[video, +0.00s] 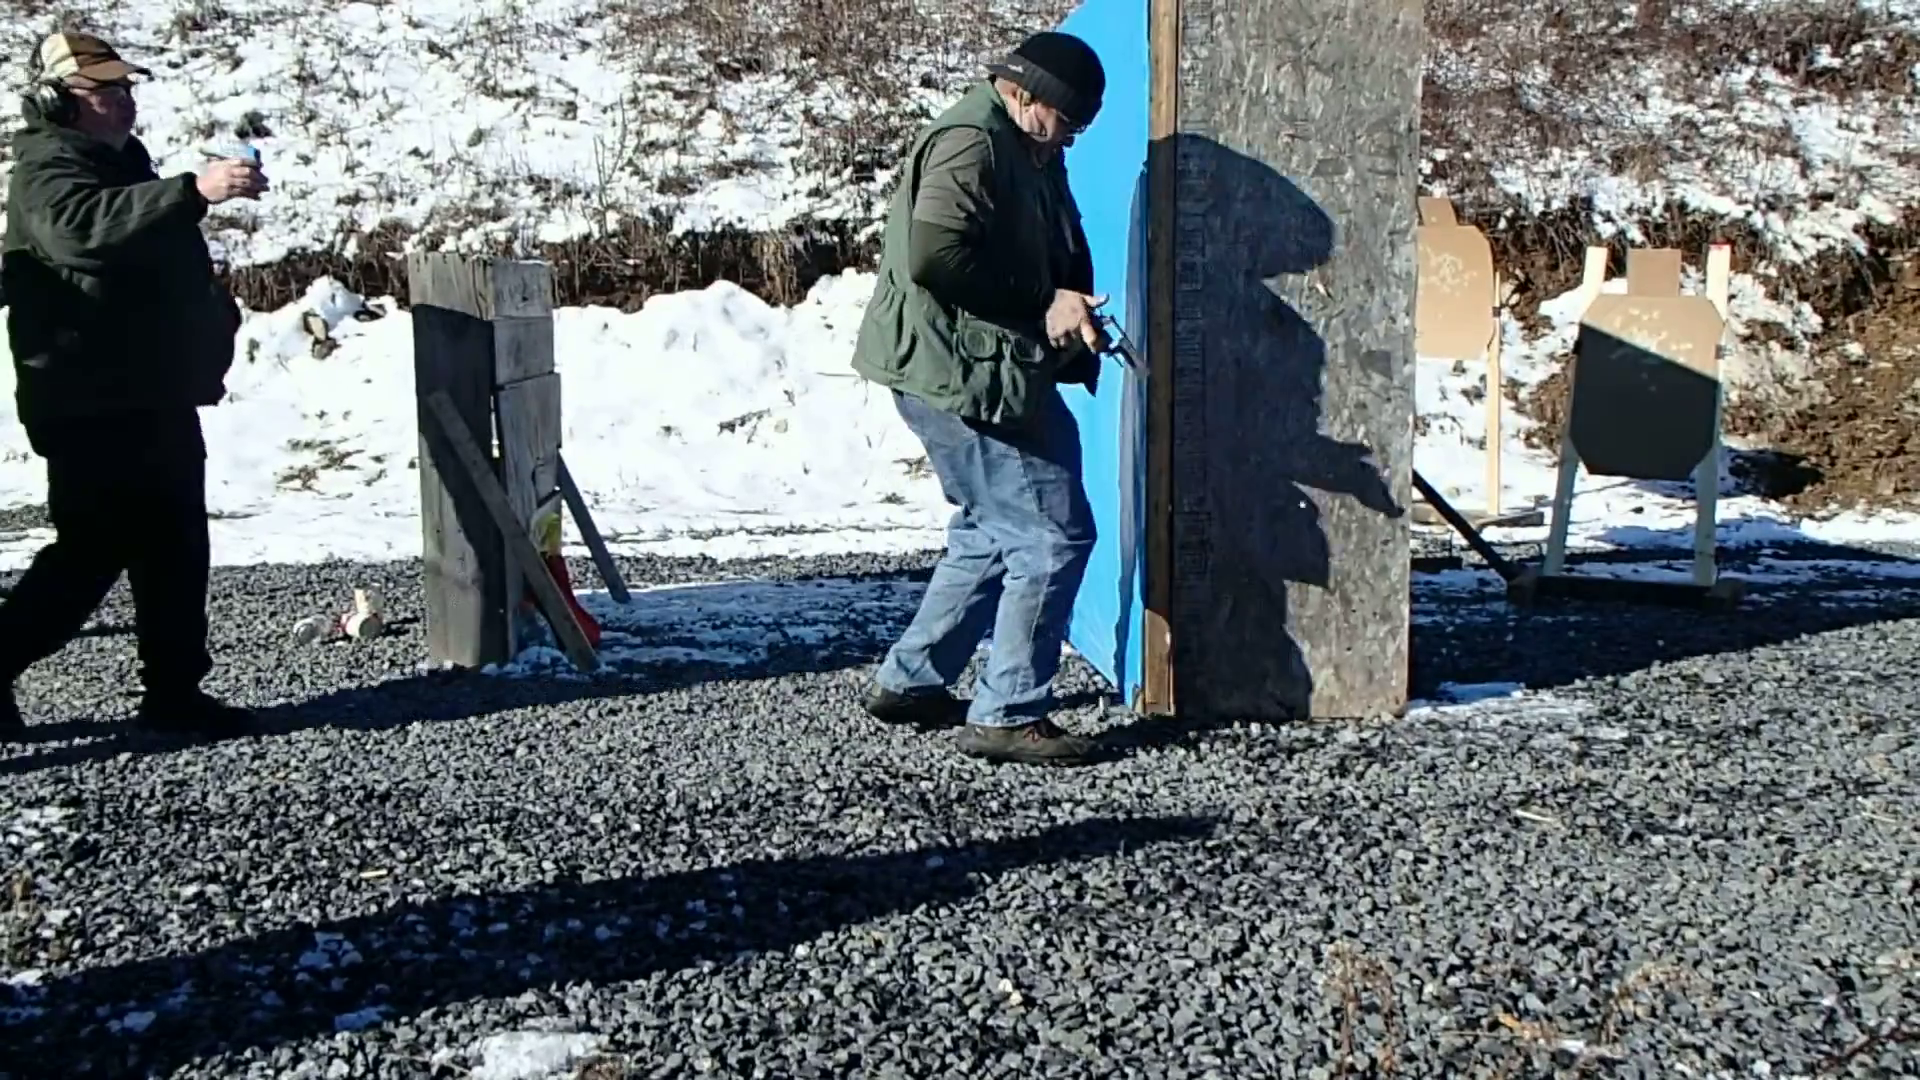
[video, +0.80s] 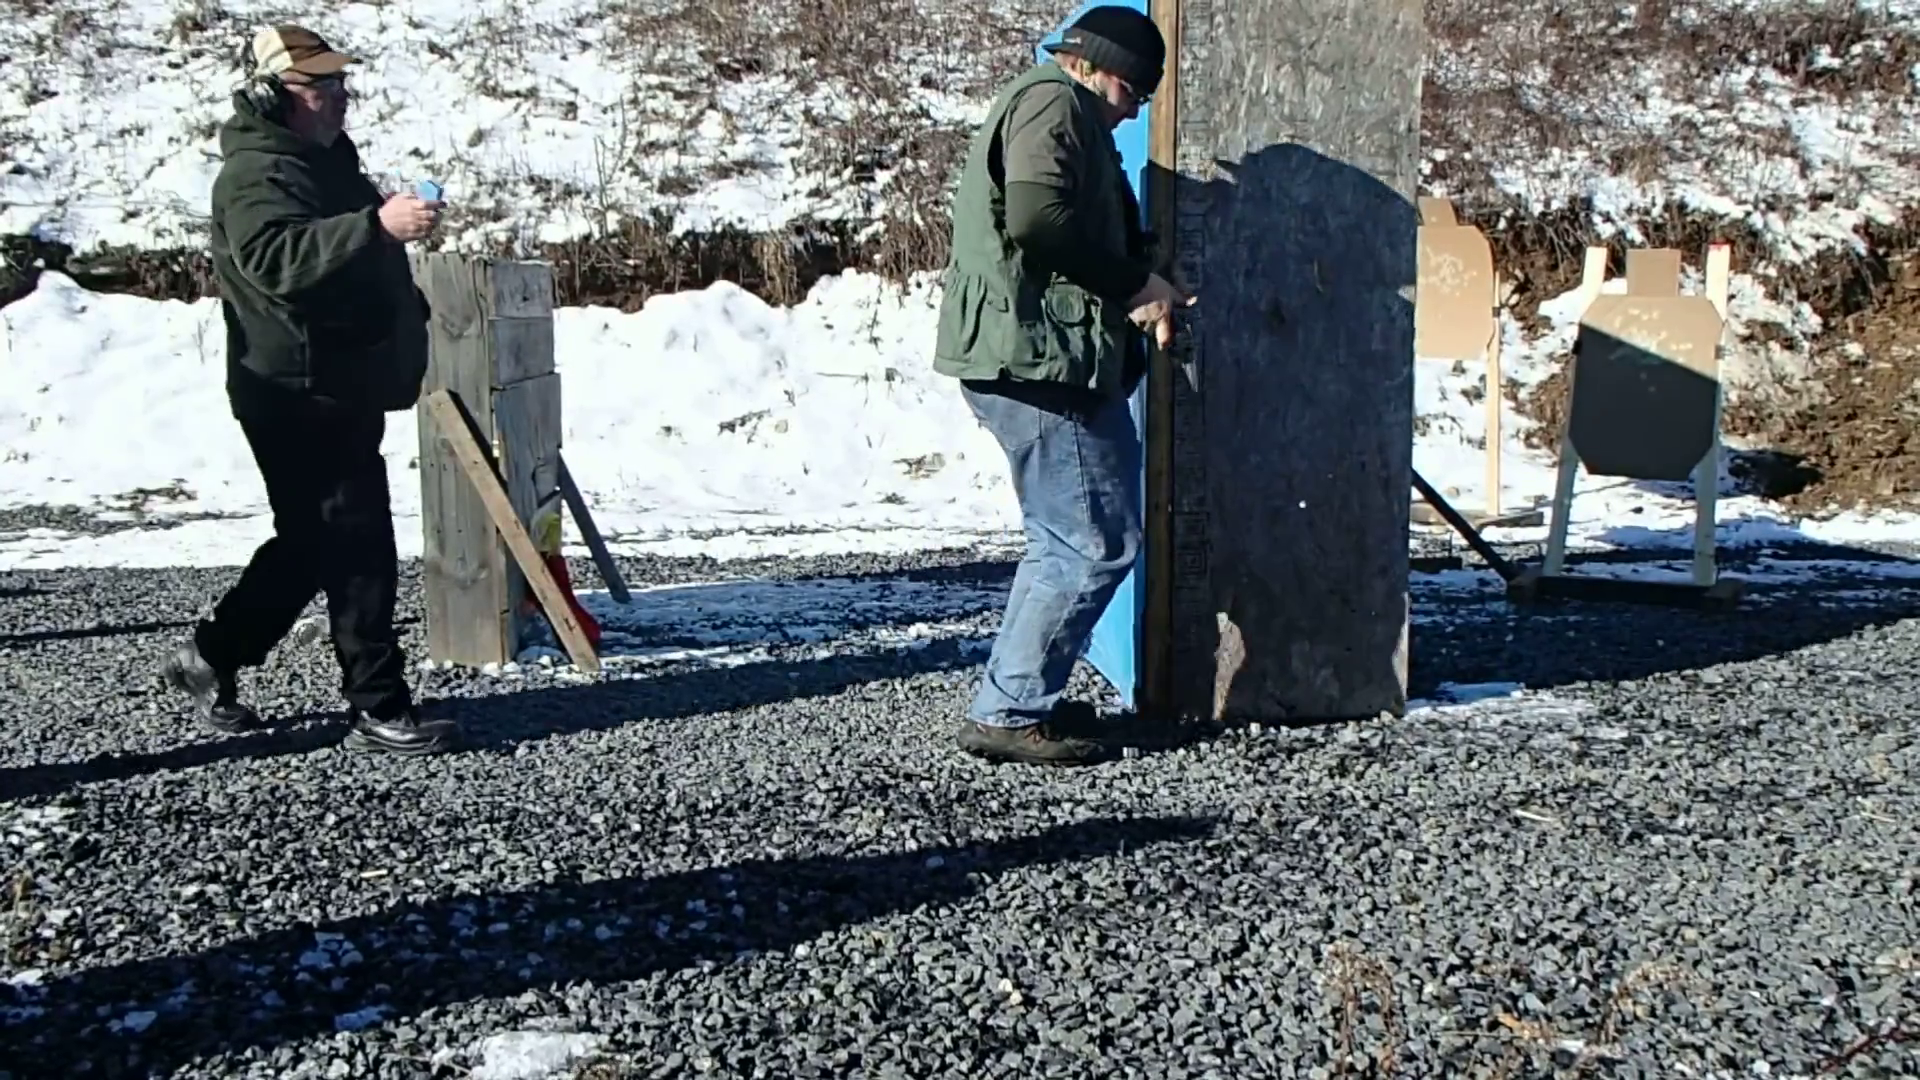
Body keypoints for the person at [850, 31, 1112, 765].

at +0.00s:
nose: (1073, 134)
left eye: (1079, 121)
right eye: (1069, 117)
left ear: (1031, 98)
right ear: (1026, 94)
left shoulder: (1025, 153)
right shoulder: (973, 141)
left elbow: (1057, 263)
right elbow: (935, 255)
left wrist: (1071, 323)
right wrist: (1040, 308)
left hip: (966, 371)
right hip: (964, 375)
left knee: (988, 531)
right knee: (1055, 534)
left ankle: (909, 682)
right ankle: (1008, 714)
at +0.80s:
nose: (1136, 109)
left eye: (1142, 95)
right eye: (1134, 90)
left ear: (1080, 63)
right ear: (1097, 67)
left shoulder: (1049, 103)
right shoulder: (1056, 102)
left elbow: (1109, 234)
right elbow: (1037, 219)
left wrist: (1149, 279)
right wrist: (1129, 287)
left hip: (1028, 357)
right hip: (1040, 360)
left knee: (1068, 535)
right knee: (1097, 538)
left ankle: (1018, 701)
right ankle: (1011, 709)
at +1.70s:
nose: (1171, 100)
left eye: (1174, 85)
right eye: (1169, 83)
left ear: (1102, 68)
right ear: (1130, 75)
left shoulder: (1050, 113)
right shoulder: (1092, 123)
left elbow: (1070, 256)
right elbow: (1118, 248)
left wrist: (1178, 287)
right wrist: (1203, 281)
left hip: (999, 365)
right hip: (1051, 370)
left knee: (1055, 534)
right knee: (1148, 519)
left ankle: (1019, 705)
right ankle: (1085, 686)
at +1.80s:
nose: (1182, 104)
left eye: (1186, 89)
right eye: (1181, 88)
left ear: (1106, 70)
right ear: (1145, 81)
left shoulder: (1051, 110)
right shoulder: (1114, 137)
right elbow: (1167, 240)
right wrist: (1262, 251)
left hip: (999, 363)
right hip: (1065, 378)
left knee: (1052, 538)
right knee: (1151, 542)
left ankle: (1021, 704)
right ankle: (1167, 722)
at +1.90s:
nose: (1194, 108)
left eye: (1196, 93)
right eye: (1194, 93)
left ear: (1119, 73)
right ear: (1165, 83)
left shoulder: (1057, 115)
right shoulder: (1142, 142)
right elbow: (1229, 196)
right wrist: (1319, 196)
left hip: (1005, 371)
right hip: (1078, 386)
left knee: (1057, 546)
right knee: (1143, 558)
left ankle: (1020, 708)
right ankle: (1163, 733)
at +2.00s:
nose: (1204, 107)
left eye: (1204, 94)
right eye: (1202, 94)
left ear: (1123, 71)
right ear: (1178, 84)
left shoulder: (1070, 115)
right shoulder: (1158, 134)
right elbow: (1255, 166)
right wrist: (1348, 164)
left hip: (1011, 368)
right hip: (1086, 382)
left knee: (1062, 545)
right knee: (1155, 558)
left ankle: (1022, 707)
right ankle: (1167, 733)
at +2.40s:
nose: (1202, 106)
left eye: (1202, 96)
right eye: (1200, 94)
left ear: (1118, 72)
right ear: (1180, 86)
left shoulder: (1069, 119)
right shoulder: (1164, 130)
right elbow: (1258, 160)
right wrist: (1357, 149)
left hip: (1017, 377)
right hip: (1090, 388)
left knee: (1068, 545)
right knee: (1163, 559)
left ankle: (1024, 705)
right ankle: (1165, 732)